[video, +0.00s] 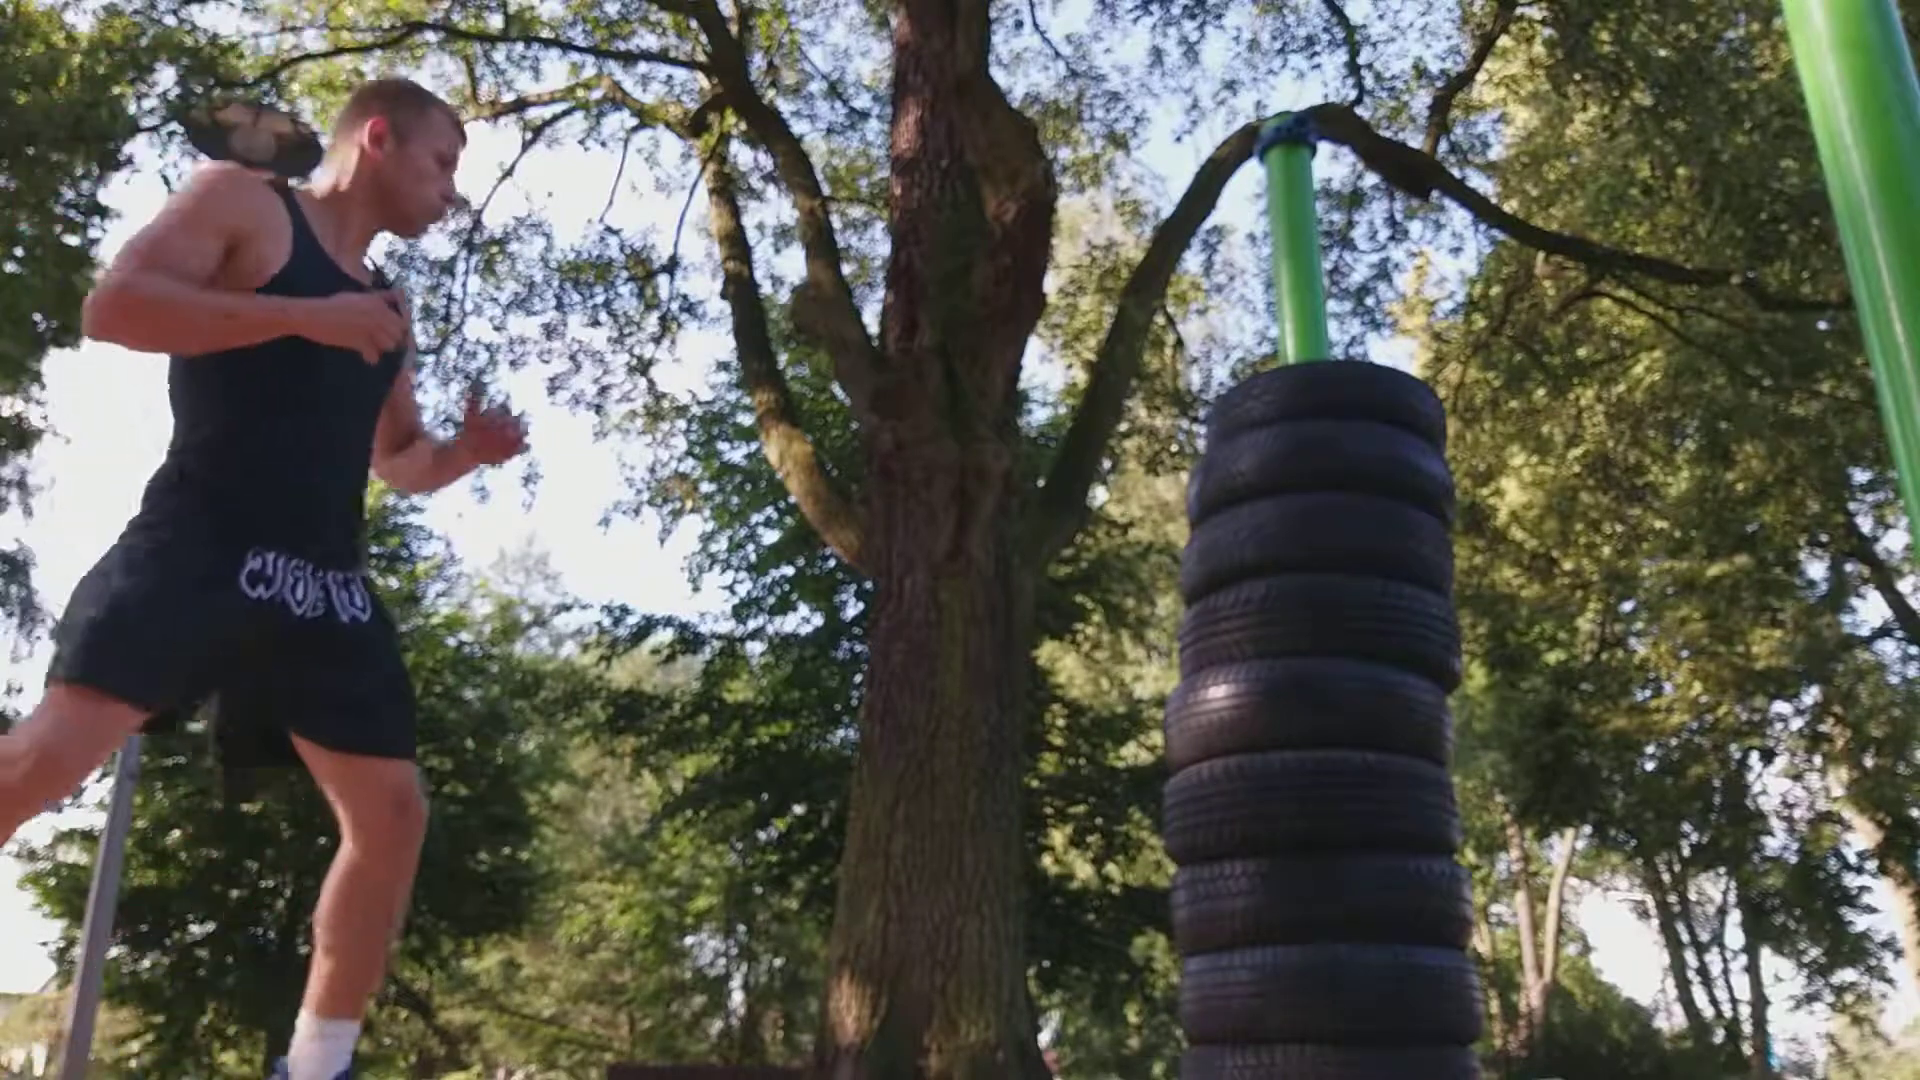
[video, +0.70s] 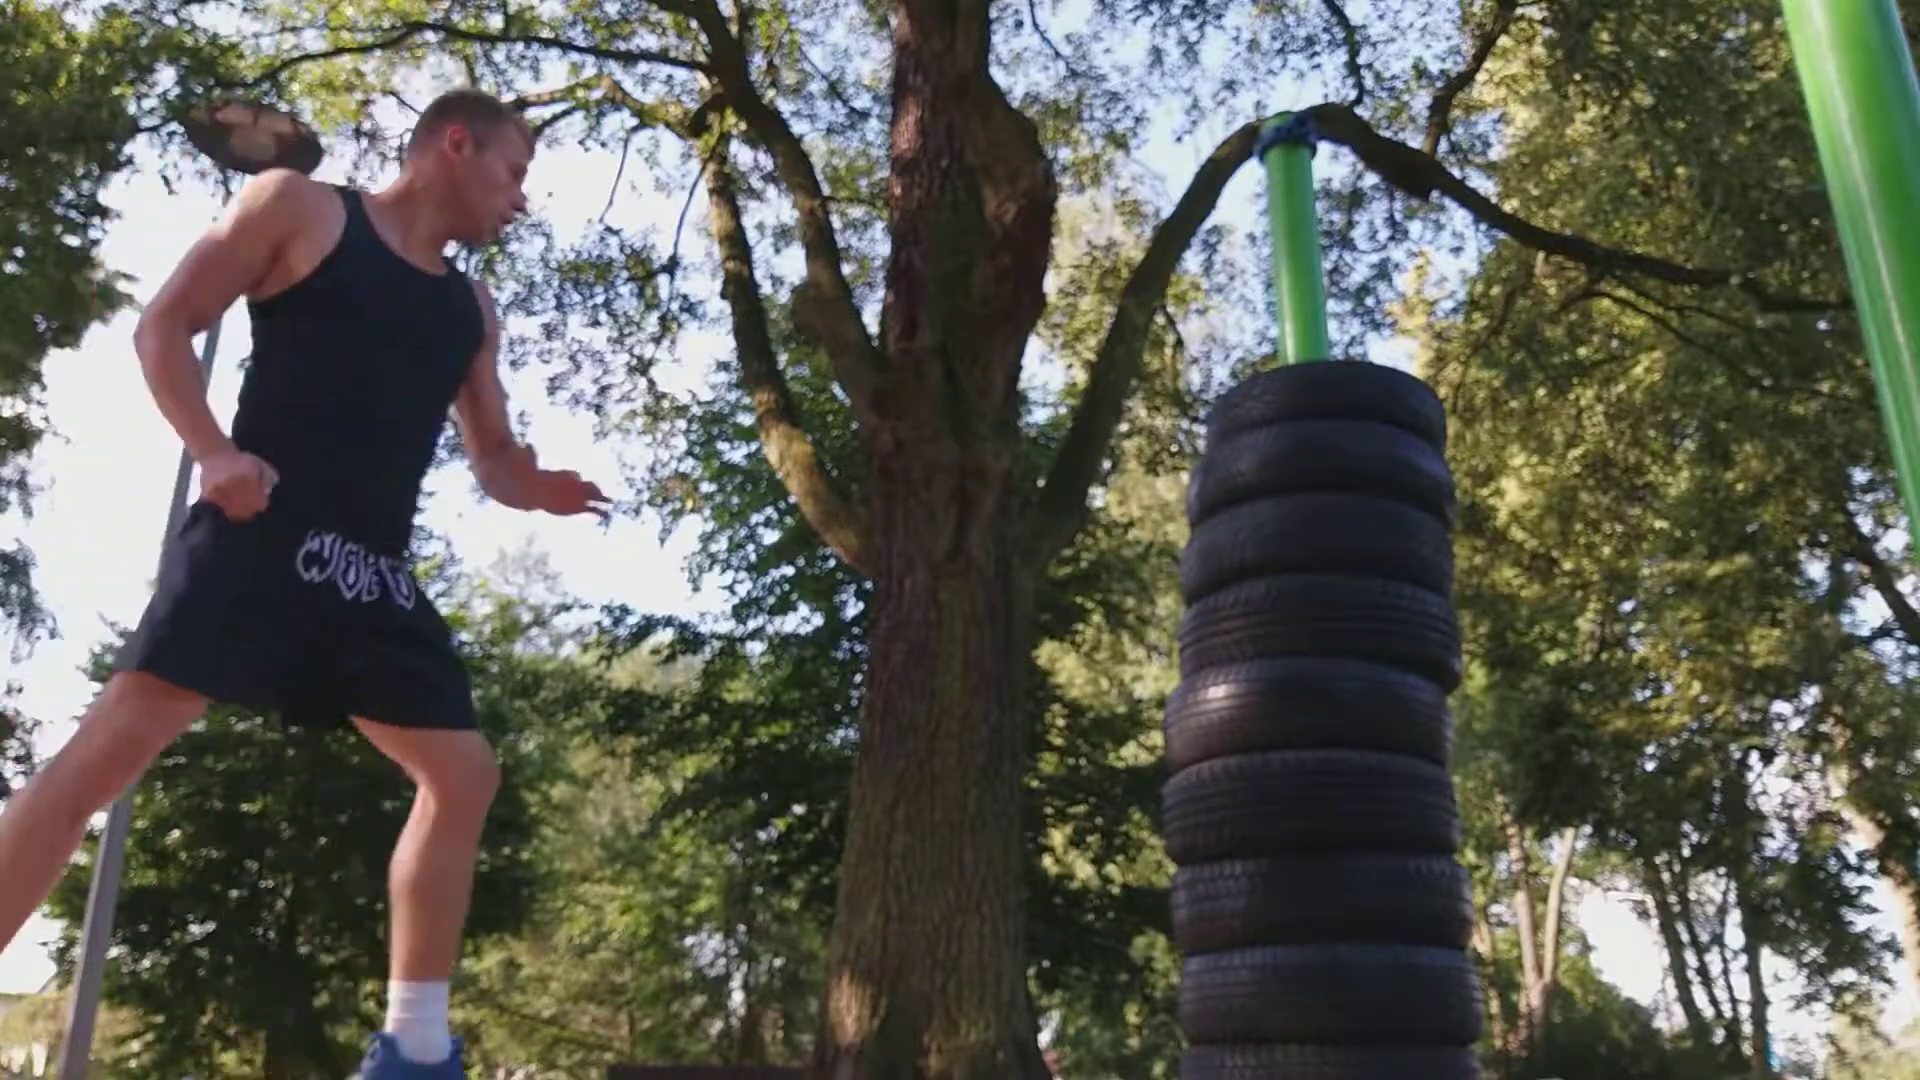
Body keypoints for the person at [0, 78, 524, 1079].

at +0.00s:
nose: (454, 189)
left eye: (458, 169)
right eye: (445, 161)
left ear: (383, 150)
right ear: (376, 139)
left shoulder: (385, 310)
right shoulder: (241, 196)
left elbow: (401, 461)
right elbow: (115, 306)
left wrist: (465, 449)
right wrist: (308, 316)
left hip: (326, 582)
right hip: (198, 545)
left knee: (389, 821)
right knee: (48, 757)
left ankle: (316, 1067)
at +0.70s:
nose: (521, 201)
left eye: (528, 182)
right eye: (515, 173)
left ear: (457, 153)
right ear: (451, 146)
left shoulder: (467, 307)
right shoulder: (302, 204)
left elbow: (496, 456)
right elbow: (164, 327)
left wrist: (538, 487)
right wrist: (209, 448)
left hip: (369, 576)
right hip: (252, 537)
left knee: (462, 773)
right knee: (106, 753)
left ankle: (415, 1049)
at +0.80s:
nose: (552, 263)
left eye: (553, 243)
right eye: (544, 238)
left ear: (489, 227)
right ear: (493, 217)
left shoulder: (490, 374)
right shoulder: (361, 273)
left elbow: (548, 496)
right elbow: (197, 366)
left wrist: (651, 453)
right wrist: (206, 506)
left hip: (408, 636)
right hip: (312, 601)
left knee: (496, 828)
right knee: (172, 795)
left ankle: (466, 1068)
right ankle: (3, 984)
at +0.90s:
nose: (585, 286)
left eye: (587, 271)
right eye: (579, 264)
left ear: (532, 255)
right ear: (536, 243)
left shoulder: (525, 353)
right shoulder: (473, 270)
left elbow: (530, 496)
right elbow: (352, 324)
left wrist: (609, 439)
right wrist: (423, 462)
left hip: (489, 598)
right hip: (445, 582)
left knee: (503, 839)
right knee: (474, 831)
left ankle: (460, 1066)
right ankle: (148, 933)